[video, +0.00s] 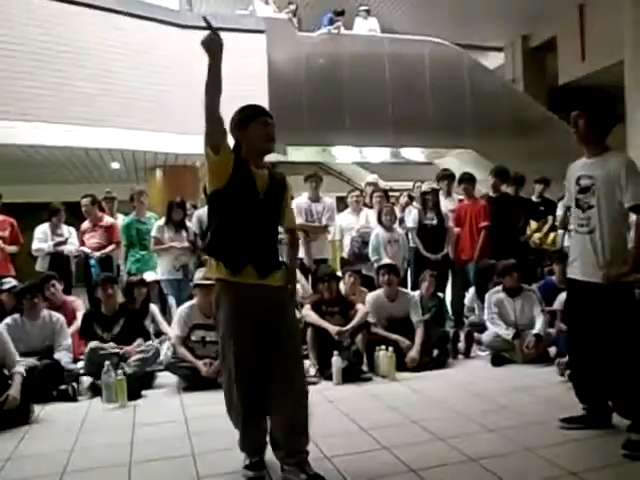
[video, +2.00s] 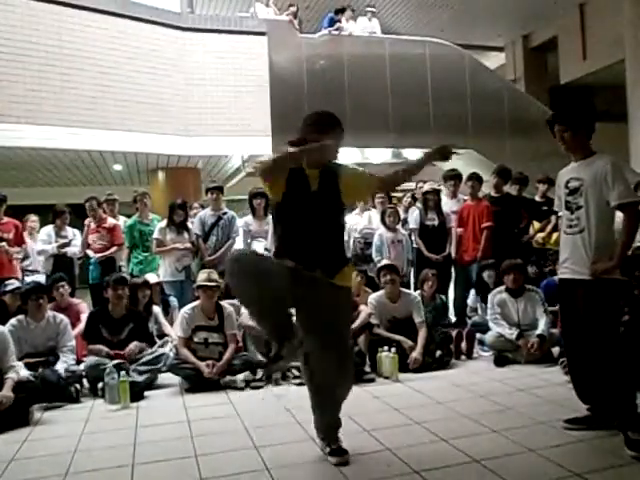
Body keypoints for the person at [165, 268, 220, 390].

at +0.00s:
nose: (208, 294)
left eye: (211, 289)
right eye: (203, 289)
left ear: (217, 291)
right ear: (195, 292)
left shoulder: (224, 311)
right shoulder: (185, 311)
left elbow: (231, 342)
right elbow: (177, 344)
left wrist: (219, 363)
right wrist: (198, 363)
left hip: (217, 359)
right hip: (193, 357)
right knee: (171, 364)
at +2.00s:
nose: (210, 293)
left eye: (213, 289)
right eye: (205, 290)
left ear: (219, 291)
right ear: (197, 292)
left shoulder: (227, 312)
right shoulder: (187, 313)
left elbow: (232, 343)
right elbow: (181, 347)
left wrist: (221, 365)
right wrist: (201, 365)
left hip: (221, 359)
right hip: (197, 359)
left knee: (248, 360)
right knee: (173, 365)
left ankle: (199, 383)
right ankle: (222, 382)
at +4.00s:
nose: (208, 293)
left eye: (211, 289)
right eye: (203, 290)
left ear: (217, 291)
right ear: (196, 293)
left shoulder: (227, 311)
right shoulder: (186, 313)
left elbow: (232, 343)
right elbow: (181, 346)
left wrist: (220, 365)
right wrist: (201, 365)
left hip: (221, 357)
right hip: (196, 358)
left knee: (245, 360)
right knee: (173, 364)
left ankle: (197, 383)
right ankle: (221, 382)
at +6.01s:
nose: (210, 296)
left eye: (213, 292)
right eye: (206, 293)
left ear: (220, 294)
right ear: (200, 296)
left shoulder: (229, 314)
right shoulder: (191, 315)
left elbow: (236, 346)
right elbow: (183, 349)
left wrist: (225, 367)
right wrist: (204, 367)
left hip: (225, 360)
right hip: (200, 360)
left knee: (244, 370)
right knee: (177, 367)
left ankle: (200, 386)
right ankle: (224, 384)